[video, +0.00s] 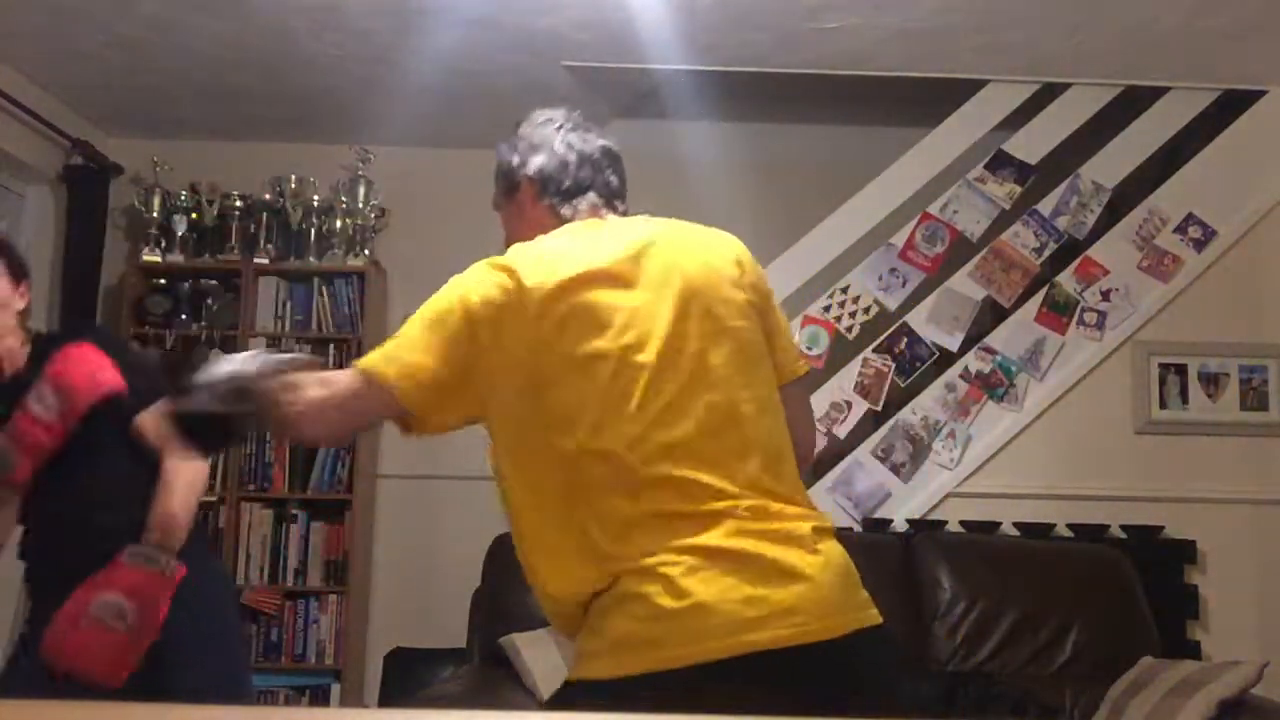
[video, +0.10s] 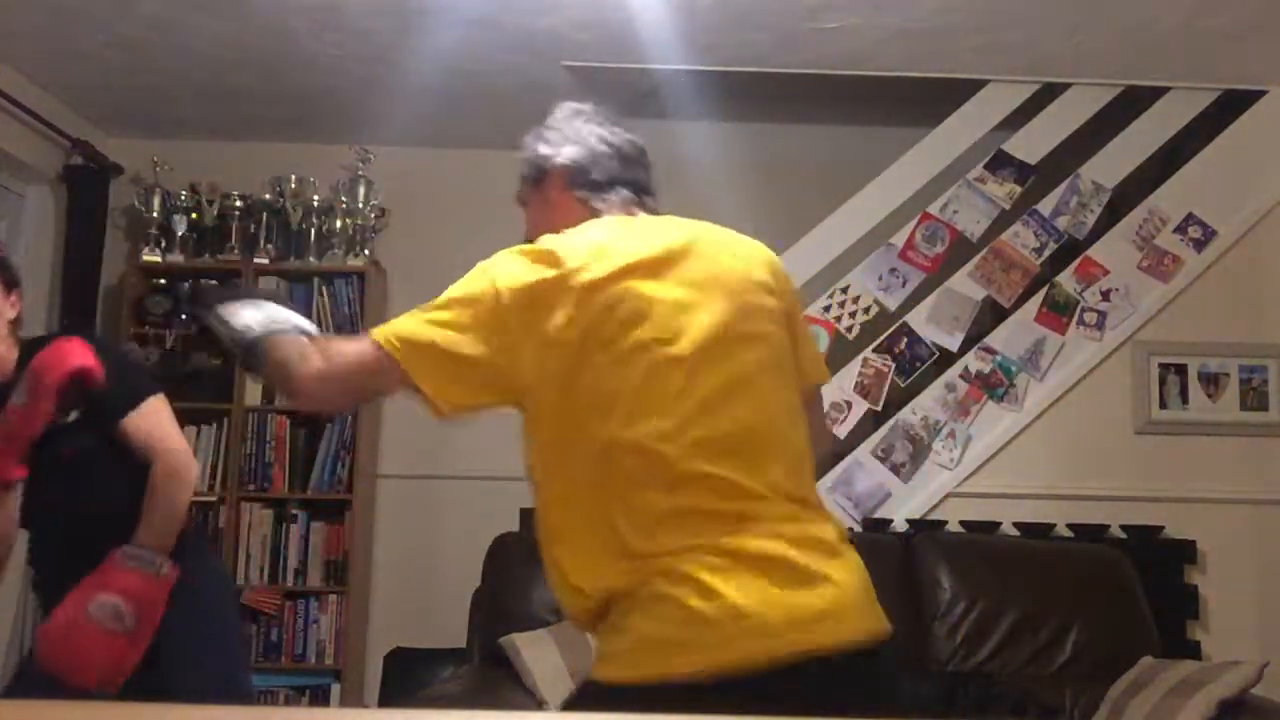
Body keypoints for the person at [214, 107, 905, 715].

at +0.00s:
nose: (507, 231)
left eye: (506, 207)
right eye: (504, 210)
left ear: (531, 193)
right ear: (614, 189)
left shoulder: (504, 286)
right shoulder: (726, 255)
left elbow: (322, 413)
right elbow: (799, 443)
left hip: (655, 654)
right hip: (831, 632)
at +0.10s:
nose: (527, 233)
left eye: (527, 208)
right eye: (525, 213)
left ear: (561, 186)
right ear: (639, 187)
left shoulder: (540, 278)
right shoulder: (754, 260)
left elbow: (316, 380)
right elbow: (815, 440)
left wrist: (264, 330)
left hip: (675, 657)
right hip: (841, 636)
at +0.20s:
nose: (575, 240)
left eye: (576, 220)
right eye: (575, 222)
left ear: (610, 208)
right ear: (690, 212)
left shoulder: (575, 302)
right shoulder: (801, 300)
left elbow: (367, 331)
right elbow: (823, 454)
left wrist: (234, 303)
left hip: (700, 688)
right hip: (863, 674)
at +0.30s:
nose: (644, 219)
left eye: (650, 199)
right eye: (645, 201)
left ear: (695, 187)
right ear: (756, 191)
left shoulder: (646, 288)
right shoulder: (868, 285)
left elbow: (438, 355)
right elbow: (894, 448)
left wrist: (320, 318)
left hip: (749, 679)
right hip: (915, 670)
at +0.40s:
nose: (710, 199)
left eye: (716, 176)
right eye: (709, 178)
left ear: (758, 163)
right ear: (830, 167)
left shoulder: (731, 251)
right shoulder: (933, 252)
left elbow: (603, 382)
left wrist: (503, 340)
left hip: (836, 658)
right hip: (1008, 649)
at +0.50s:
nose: (777, 230)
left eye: (782, 204)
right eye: (774, 209)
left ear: (832, 192)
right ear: (899, 200)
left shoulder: (828, 279)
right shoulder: (1001, 286)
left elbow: (780, 468)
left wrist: (675, 377)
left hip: (931, 683)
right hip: (1085, 667)